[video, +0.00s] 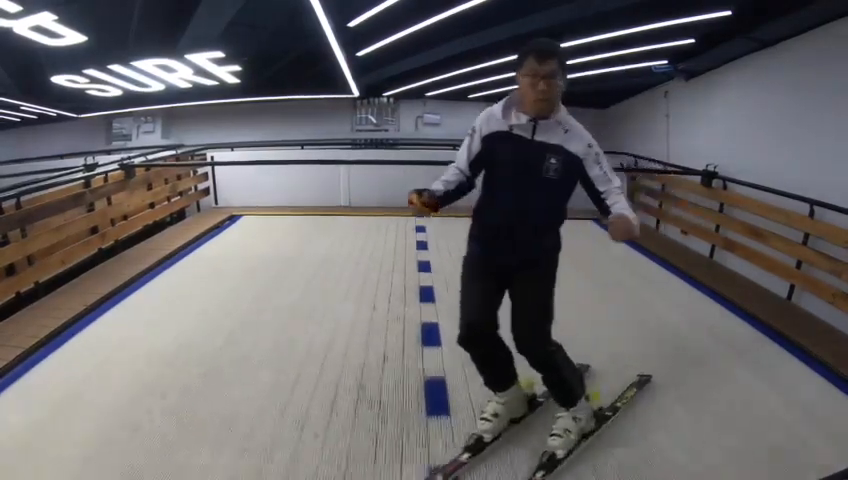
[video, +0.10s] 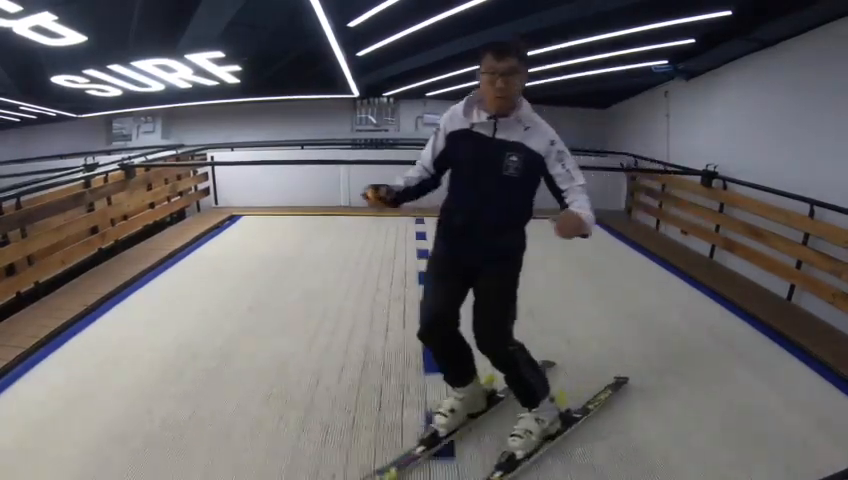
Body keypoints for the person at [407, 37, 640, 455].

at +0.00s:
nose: (542, 86)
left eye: (551, 78)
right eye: (533, 77)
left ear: (563, 83)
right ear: (518, 80)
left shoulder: (576, 139)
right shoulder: (489, 122)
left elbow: (608, 191)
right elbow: (462, 172)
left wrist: (620, 214)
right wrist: (434, 196)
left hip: (536, 253)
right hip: (485, 247)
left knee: (531, 340)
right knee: (474, 332)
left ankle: (575, 403)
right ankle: (509, 395)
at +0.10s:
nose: (499, 84)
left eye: (509, 75)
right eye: (491, 75)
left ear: (524, 78)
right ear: (479, 77)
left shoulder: (540, 137)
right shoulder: (454, 121)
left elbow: (573, 189)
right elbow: (427, 173)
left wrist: (579, 216)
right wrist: (395, 194)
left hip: (501, 250)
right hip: (452, 243)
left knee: (492, 336)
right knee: (434, 326)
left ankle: (541, 408)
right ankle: (467, 390)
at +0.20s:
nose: (453, 81)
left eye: (462, 72)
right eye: (445, 73)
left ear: (478, 75)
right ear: (433, 76)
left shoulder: (497, 131)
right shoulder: (413, 119)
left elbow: (532, 186)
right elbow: (387, 171)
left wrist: (533, 212)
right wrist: (352, 190)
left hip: (461, 248)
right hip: (413, 240)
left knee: (448, 333)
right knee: (392, 323)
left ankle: (500, 407)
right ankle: (425, 383)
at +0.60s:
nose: (270, 67)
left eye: (280, 58)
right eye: (265, 59)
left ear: (302, 62)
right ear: (259, 63)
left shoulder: (324, 107)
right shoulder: (251, 109)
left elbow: (369, 153)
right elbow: (230, 158)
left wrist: (366, 184)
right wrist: (191, 175)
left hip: (307, 220)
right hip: (262, 217)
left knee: (287, 302)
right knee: (246, 300)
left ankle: (317, 364)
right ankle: (267, 350)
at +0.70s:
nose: (238, 71)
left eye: (248, 62)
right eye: (234, 63)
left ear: (270, 66)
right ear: (229, 67)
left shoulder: (294, 111)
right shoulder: (221, 115)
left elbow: (336, 154)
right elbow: (201, 161)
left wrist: (330, 188)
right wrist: (163, 178)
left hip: (277, 223)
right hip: (234, 221)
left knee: (255, 301)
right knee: (216, 300)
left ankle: (268, 355)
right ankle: (231, 345)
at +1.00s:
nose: (188, 89)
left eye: (198, 81)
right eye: (183, 80)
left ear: (218, 82)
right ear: (177, 81)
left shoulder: (239, 128)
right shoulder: (162, 126)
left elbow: (273, 172)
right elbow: (139, 171)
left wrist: (262, 199)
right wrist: (106, 188)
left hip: (217, 234)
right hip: (173, 231)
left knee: (193, 306)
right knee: (157, 306)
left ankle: (187, 363)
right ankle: (155, 353)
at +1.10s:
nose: (183, 92)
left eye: (194, 84)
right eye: (180, 82)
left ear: (214, 87)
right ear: (174, 83)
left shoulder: (232, 131)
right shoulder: (155, 126)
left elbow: (264, 175)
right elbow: (128, 172)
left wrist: (260, 201)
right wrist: (96, 188)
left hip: (209, 239)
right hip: (164, 235)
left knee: (188, 308)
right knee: (149, 307)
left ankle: (179, 366)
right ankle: (142, 358)